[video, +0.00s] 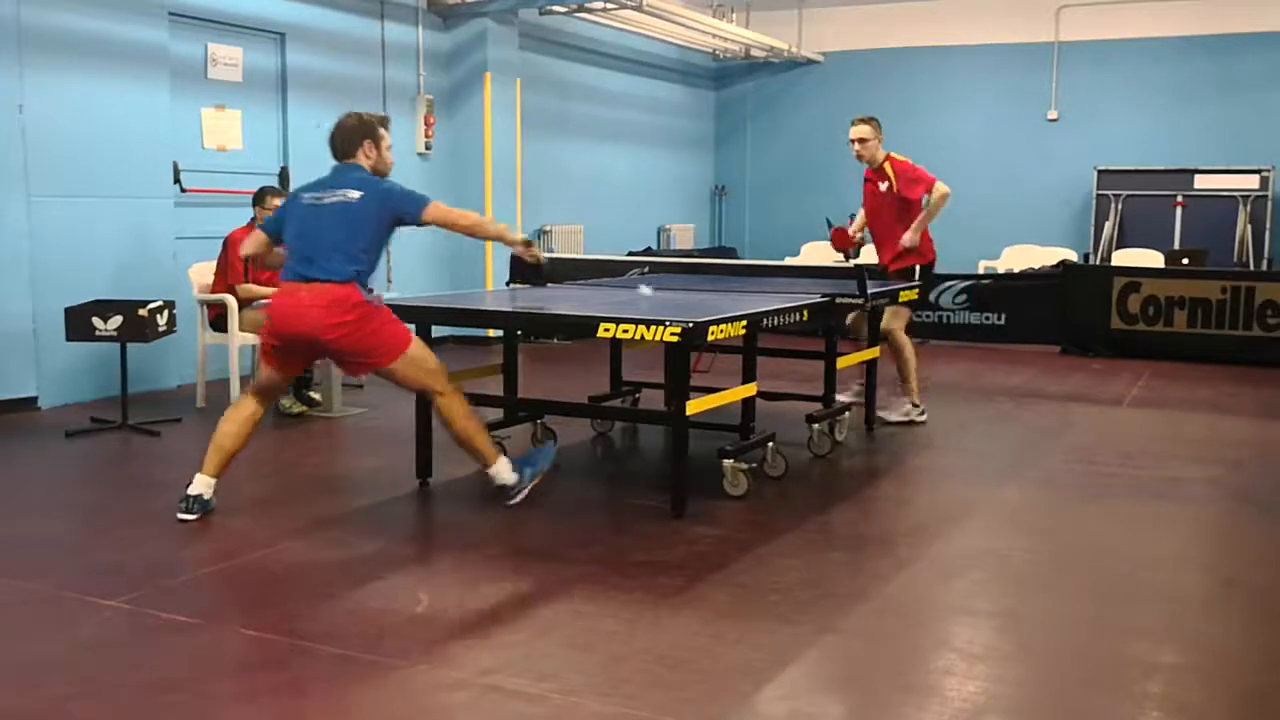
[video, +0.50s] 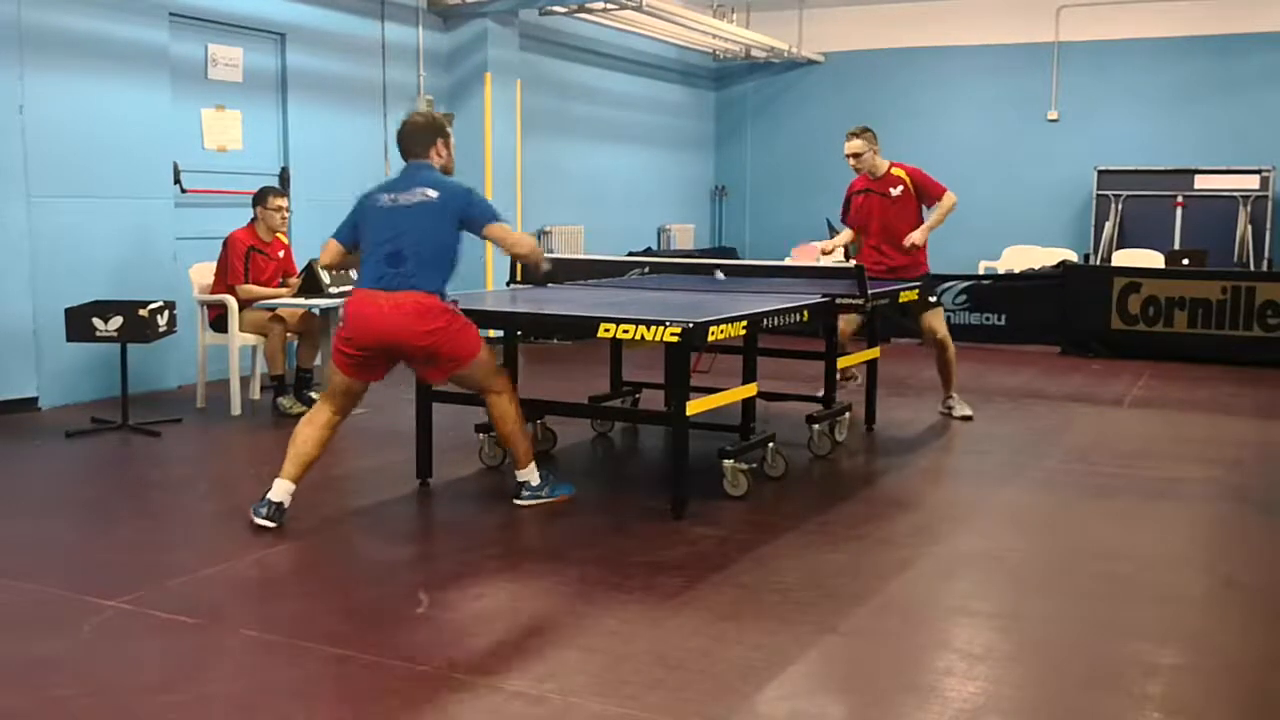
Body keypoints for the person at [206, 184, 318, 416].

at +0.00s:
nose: (276, 216)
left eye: (281, 210)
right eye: (271, 209)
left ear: (286, 213)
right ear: (257, 211)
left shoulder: (280, 241)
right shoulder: (238, 239)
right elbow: (242, 289)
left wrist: (294, 289)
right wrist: (284, 293)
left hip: (258, 304)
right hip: (226, 310)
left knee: (302, 312)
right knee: (284, 320)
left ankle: (302, 386)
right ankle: (281, 395)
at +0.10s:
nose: (282, 215)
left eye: (285, 210)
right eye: (275, 210)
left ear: (287, 211)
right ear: (258, 212)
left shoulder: (281, 242)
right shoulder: (238, 240)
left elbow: (283, 280)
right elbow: (242, 291)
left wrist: (293, 282)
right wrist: (284, 291)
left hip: (260, 308)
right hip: (226, 312)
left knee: (309, 320)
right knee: (276, 325)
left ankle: (307, 389)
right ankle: (278, 390)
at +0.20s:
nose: (282, 215)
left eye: (285, 210)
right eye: (275, 210)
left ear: (286, 211)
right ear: (258, 212)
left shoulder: (281, 240)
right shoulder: (237, 240)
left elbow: (290, 279)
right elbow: (242, 291)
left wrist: (306, 282)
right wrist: (287, 291)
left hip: (263, 307)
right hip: (227, 311)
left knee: (312, 322)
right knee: (276, 325)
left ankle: (302, 391)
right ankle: (280, 396)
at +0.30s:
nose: (283, 215)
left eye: (285, 210)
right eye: (276, 210)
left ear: (287, 211)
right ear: (258, 212)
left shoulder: (281, 240)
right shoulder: (237, 240)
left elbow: (291, 279)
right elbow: (241, 291)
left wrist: (313, 282)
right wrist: (288, 292)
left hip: (261, 308)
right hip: (226, 312)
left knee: (312, 322)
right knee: (276, 326)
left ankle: (303, 389)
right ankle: (281, 396)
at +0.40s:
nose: (284, 215)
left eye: (286, 210)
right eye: (277, 210)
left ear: (288, 212)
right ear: (259, 212)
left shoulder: (281, 241)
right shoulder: (238, 240)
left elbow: (291, 279)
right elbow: (242, 291)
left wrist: (310, 283)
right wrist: (287, 292)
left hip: (258, 308)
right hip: (225, 312)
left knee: (312, 322)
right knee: (276, 325)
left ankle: (303, 389)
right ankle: (281, 397)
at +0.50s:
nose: (285, 216)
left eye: (287, 210)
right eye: (278, 210)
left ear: (288, 212)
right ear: (259, 212)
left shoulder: (282, 242)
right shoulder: (237, 241)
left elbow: (291, 280)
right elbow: (242, 291)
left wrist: (311, 284)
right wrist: (288, 292)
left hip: (259, 308)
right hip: (226, 312)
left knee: (313, 322)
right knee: (276, 325)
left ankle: (303, 390)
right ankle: (281, 396)